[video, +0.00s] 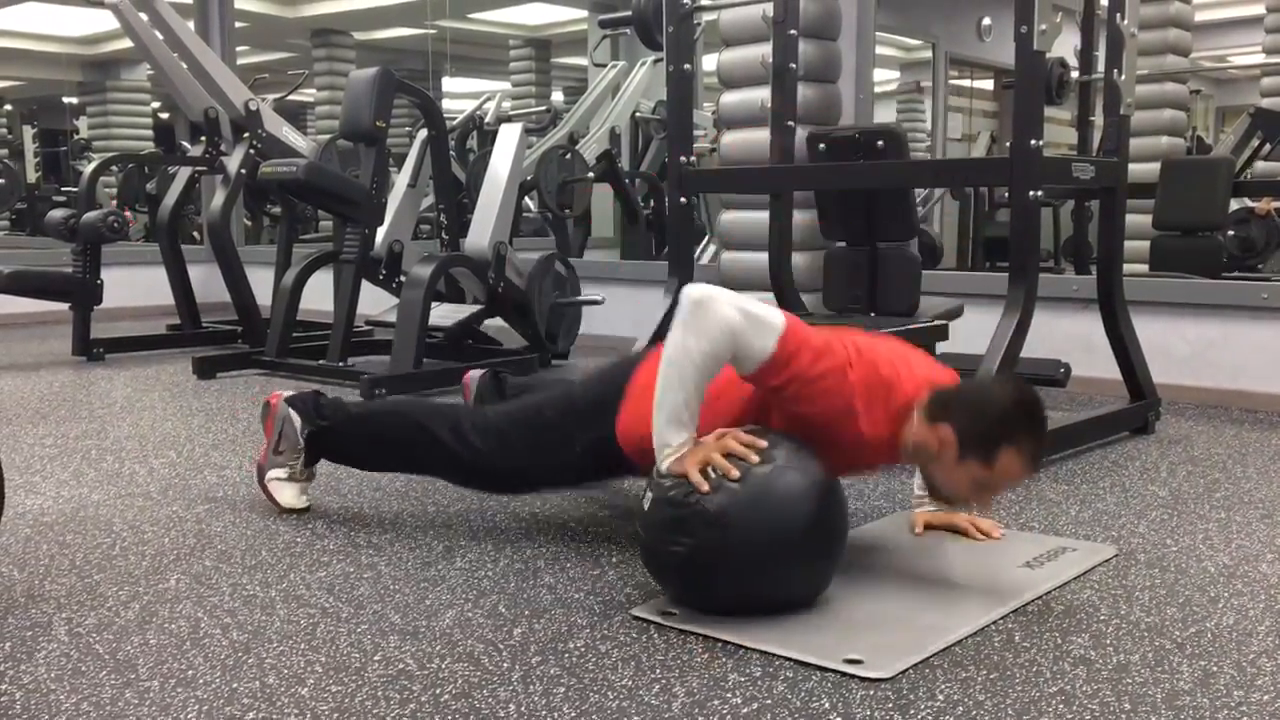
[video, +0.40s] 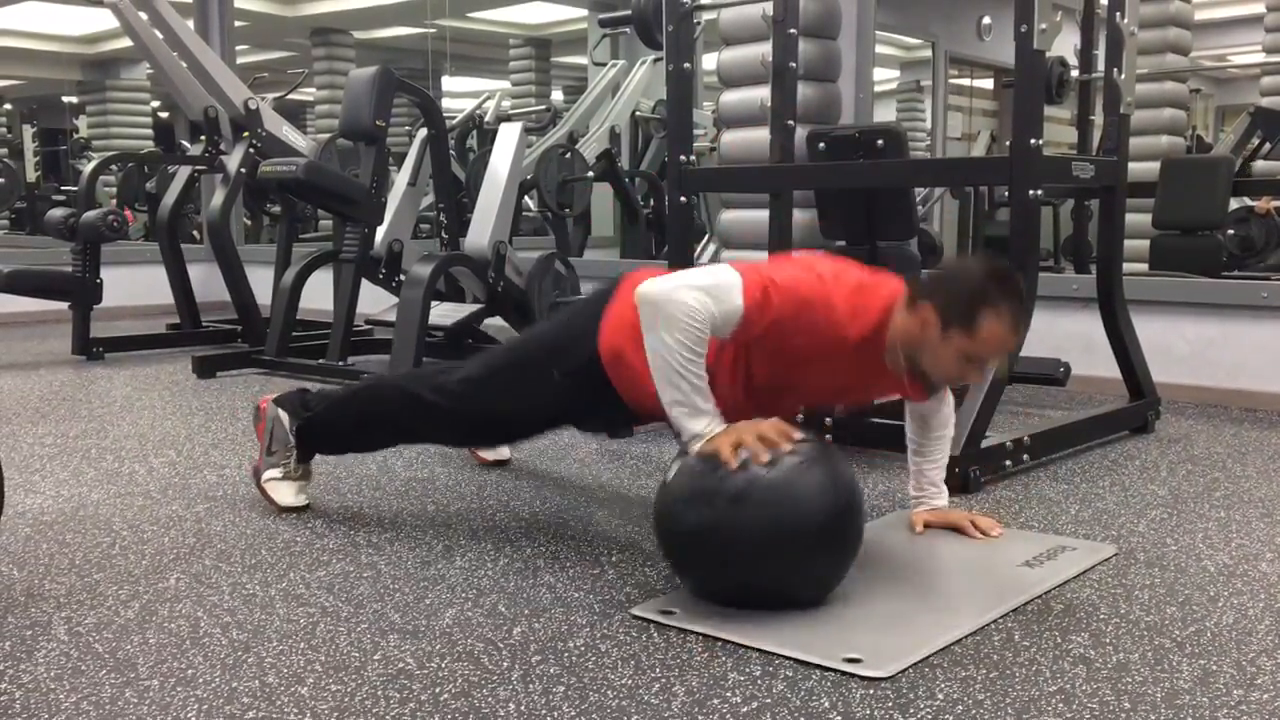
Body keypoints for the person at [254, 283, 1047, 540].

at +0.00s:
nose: (981, 499)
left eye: (997, 493)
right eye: (983, 485)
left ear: (969, 432)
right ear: (945, 435)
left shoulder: (941, 395)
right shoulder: (859, 378)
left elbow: (932, 426)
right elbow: (706, 306)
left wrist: (945, 497)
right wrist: (672, 438)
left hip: (673, 387)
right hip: (635, 406)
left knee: (525, 401)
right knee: (481, 445)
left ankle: (463, 389)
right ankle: (306, 421)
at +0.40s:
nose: (973, 380)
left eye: (985, 368)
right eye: (970, 362)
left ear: (960, 330)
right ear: (926, 318)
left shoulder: (923, 338)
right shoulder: (825, 296)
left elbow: (934, 404)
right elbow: (668, 303)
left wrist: (929, 495)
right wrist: (709, 430)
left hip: (659, 391)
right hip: (620, 338)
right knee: (463, 404)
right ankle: (295, 421)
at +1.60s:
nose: (925, 228)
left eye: (941, 217)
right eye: (920, 207)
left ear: (923, 180)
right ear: (877, 162)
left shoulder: (879, 188)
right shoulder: (775, 199)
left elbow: (885, 255)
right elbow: (678, 335)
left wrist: (849, 309)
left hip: (650, 323)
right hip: (597, 284)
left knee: (542, 377)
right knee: (452, 380)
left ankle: (480, 414)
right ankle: (292, 424)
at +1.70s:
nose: (940, 260)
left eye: (954, 247)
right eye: (938, 239)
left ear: (928, 215)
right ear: (895, 197)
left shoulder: (896, 230)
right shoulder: (791, 211)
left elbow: (924, 310)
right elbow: (652, 286)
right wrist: (761, 403)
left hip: (649, 338)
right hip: (590, 317)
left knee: (530, 379)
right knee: (453, 392)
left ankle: (467, 419)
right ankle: (289, 424)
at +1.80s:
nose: (966, 357)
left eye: (979, 345)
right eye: (962, 335)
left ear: (964, 313)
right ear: (919, 292)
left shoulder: (932, 319)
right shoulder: (828, 277)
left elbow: (959, 396)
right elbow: (673, 294)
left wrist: (954, 499)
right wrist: (718, 431)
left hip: (672, 378)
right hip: (622, 347)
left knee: (545, 397)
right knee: (473, 408)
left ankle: (481, 421)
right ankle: (293, 423)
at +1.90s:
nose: (983, 475)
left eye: (1002, 466)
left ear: (975, 407)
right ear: (959, 409)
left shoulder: (932, 374)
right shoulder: (858, 367)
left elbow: (940, 431)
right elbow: (709, 310)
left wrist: (954, 497)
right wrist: (723, 441)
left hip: (674, 384)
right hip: (639, 396)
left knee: (534, 403)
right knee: (480, 441)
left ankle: (459, 388)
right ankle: (306, 422)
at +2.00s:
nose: (995, 525)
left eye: (1010, 519)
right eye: (991, 512)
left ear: (970, 460)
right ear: (947, 459)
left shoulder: (959, 418)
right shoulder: (867, 401)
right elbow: (732, 308)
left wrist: (954, 509)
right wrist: (725, 442)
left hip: (692, 452)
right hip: (657, 437)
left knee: (579, 422)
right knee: (488, 462)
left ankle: (483, 381)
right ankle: (319, 420)